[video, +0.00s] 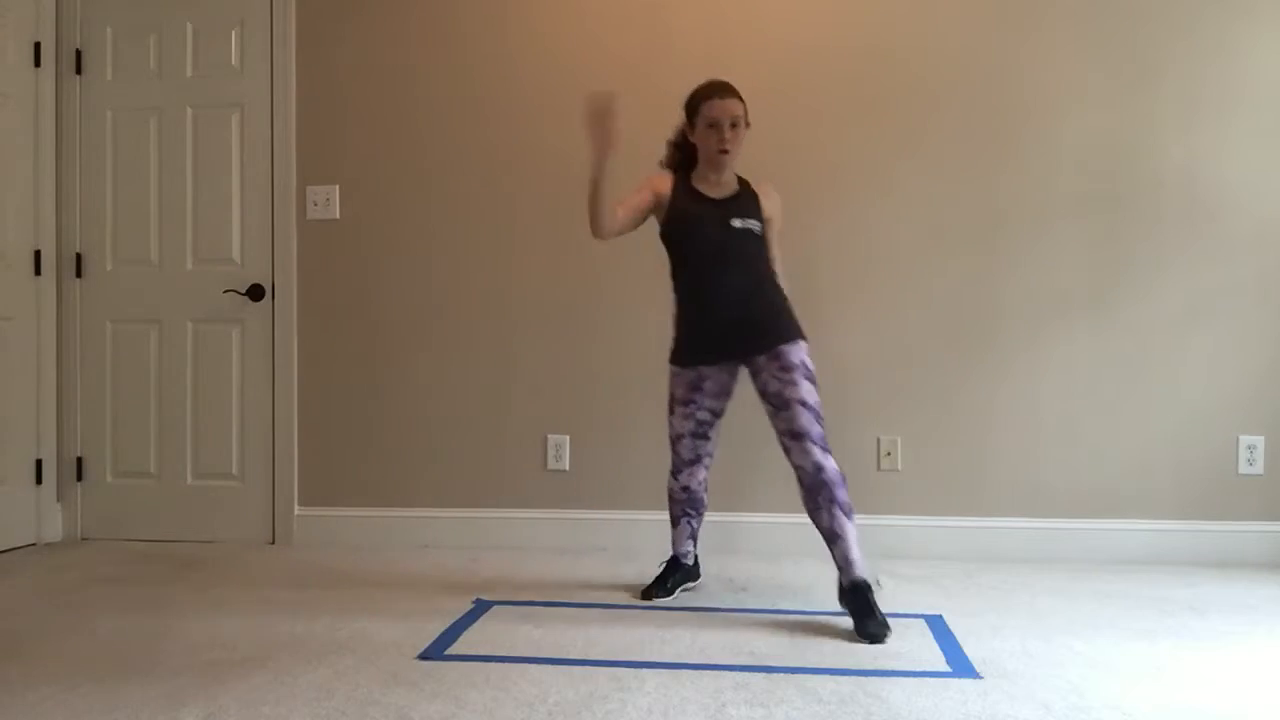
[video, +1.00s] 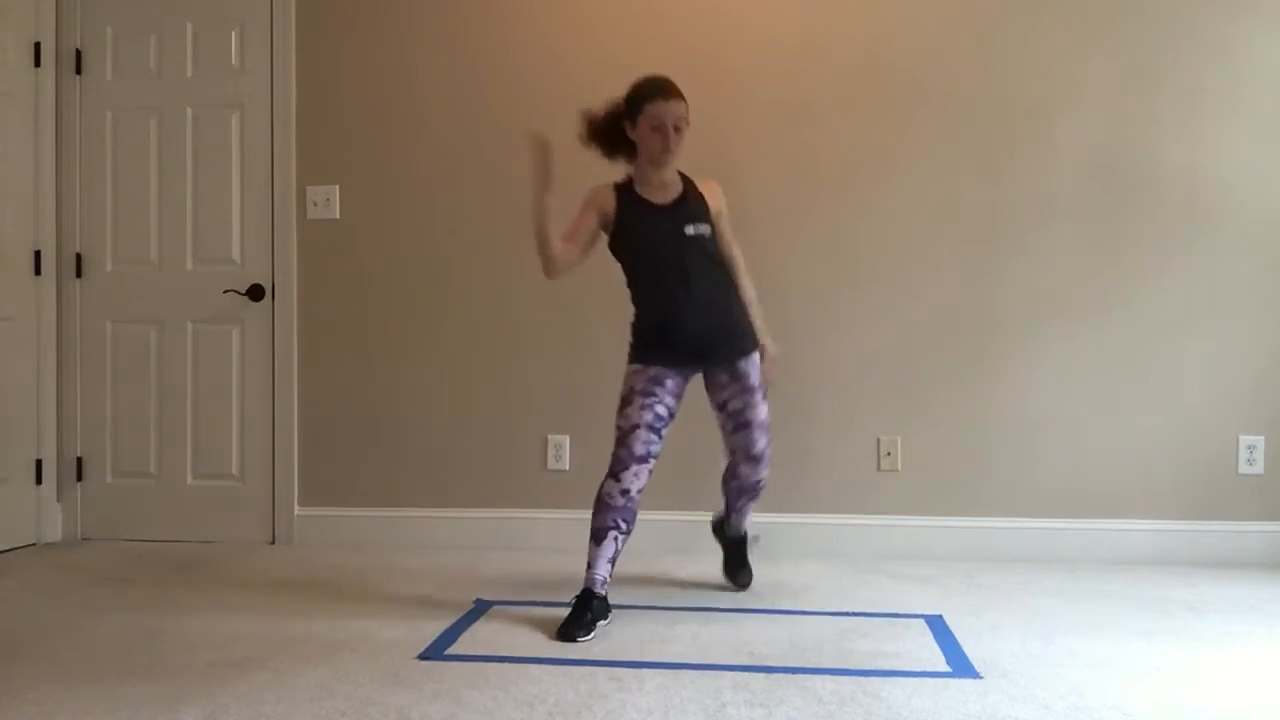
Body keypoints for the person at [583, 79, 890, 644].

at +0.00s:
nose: (725, 136)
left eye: (735, 125)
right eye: (713, 125)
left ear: (746, 130)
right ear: (692, 130)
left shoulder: (762, 198)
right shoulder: (665, 187)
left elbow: (773, 273)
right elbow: (605, 226)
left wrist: (783, 330)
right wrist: (602, 154)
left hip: (770, 333)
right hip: (702, 339)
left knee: (810, 453)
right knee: (688, 456)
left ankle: (855, 584)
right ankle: (683, 559)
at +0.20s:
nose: (745, 140)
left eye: (754, 128)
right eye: (732, 131)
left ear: (771, 136)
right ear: (715, 142)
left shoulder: (799, 203)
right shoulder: (696, 211)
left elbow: (830, 289)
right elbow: (620, 227)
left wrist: (870, 359)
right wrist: (642, 158)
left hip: (804, 358)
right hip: (729, 363)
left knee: (842, 472)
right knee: (684, 464)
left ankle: (864, 593)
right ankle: (681, 554)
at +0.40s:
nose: (746, 108)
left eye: (756, 96)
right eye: (733, 99)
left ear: (775, 104)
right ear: (717, 113)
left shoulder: (801, 170)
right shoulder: (706, 180)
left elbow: (868, 215)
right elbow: (648, 246)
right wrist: (570, 253)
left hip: (766, 339)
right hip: (691, 329)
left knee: (809, 464)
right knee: (642, 425)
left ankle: (854, 592)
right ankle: (626, 532)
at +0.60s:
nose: (707, 141)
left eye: (717, 130)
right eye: (695, 132)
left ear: (734, 136)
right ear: (676, 142)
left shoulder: (756, 207)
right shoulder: (657, 215)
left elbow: (810, 260)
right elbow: (639, 282)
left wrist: (822, 189)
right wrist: (624, 341)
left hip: (709, 361)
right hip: (632, 352)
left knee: (778, 472)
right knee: (593, 475)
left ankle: (847, 590)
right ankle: (590, 593)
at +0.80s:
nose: (671, 113)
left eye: (680, 101)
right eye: (658, 101)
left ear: (691, 106)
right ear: (632, 109)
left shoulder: (710, 177)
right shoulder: (608, 179)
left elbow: (764, 243)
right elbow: (551, 243)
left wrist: (833, 268)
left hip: (708, 332)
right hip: (635, 339)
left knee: (776, 417)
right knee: (610, 460)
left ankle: (773, 553)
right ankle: (592, 592)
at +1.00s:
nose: (672, 136)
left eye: (680, 125)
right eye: (659, 126)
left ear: (689, 130)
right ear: (633, 131)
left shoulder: (706, 193)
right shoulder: (609, 200)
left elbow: (735, 266)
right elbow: (555, 262)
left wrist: (761, 335)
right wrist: (542, 190)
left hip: (728, 340)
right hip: (660, 348)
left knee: (753, 453)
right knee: (628, 469)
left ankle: (734, 530)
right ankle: (594, 592)